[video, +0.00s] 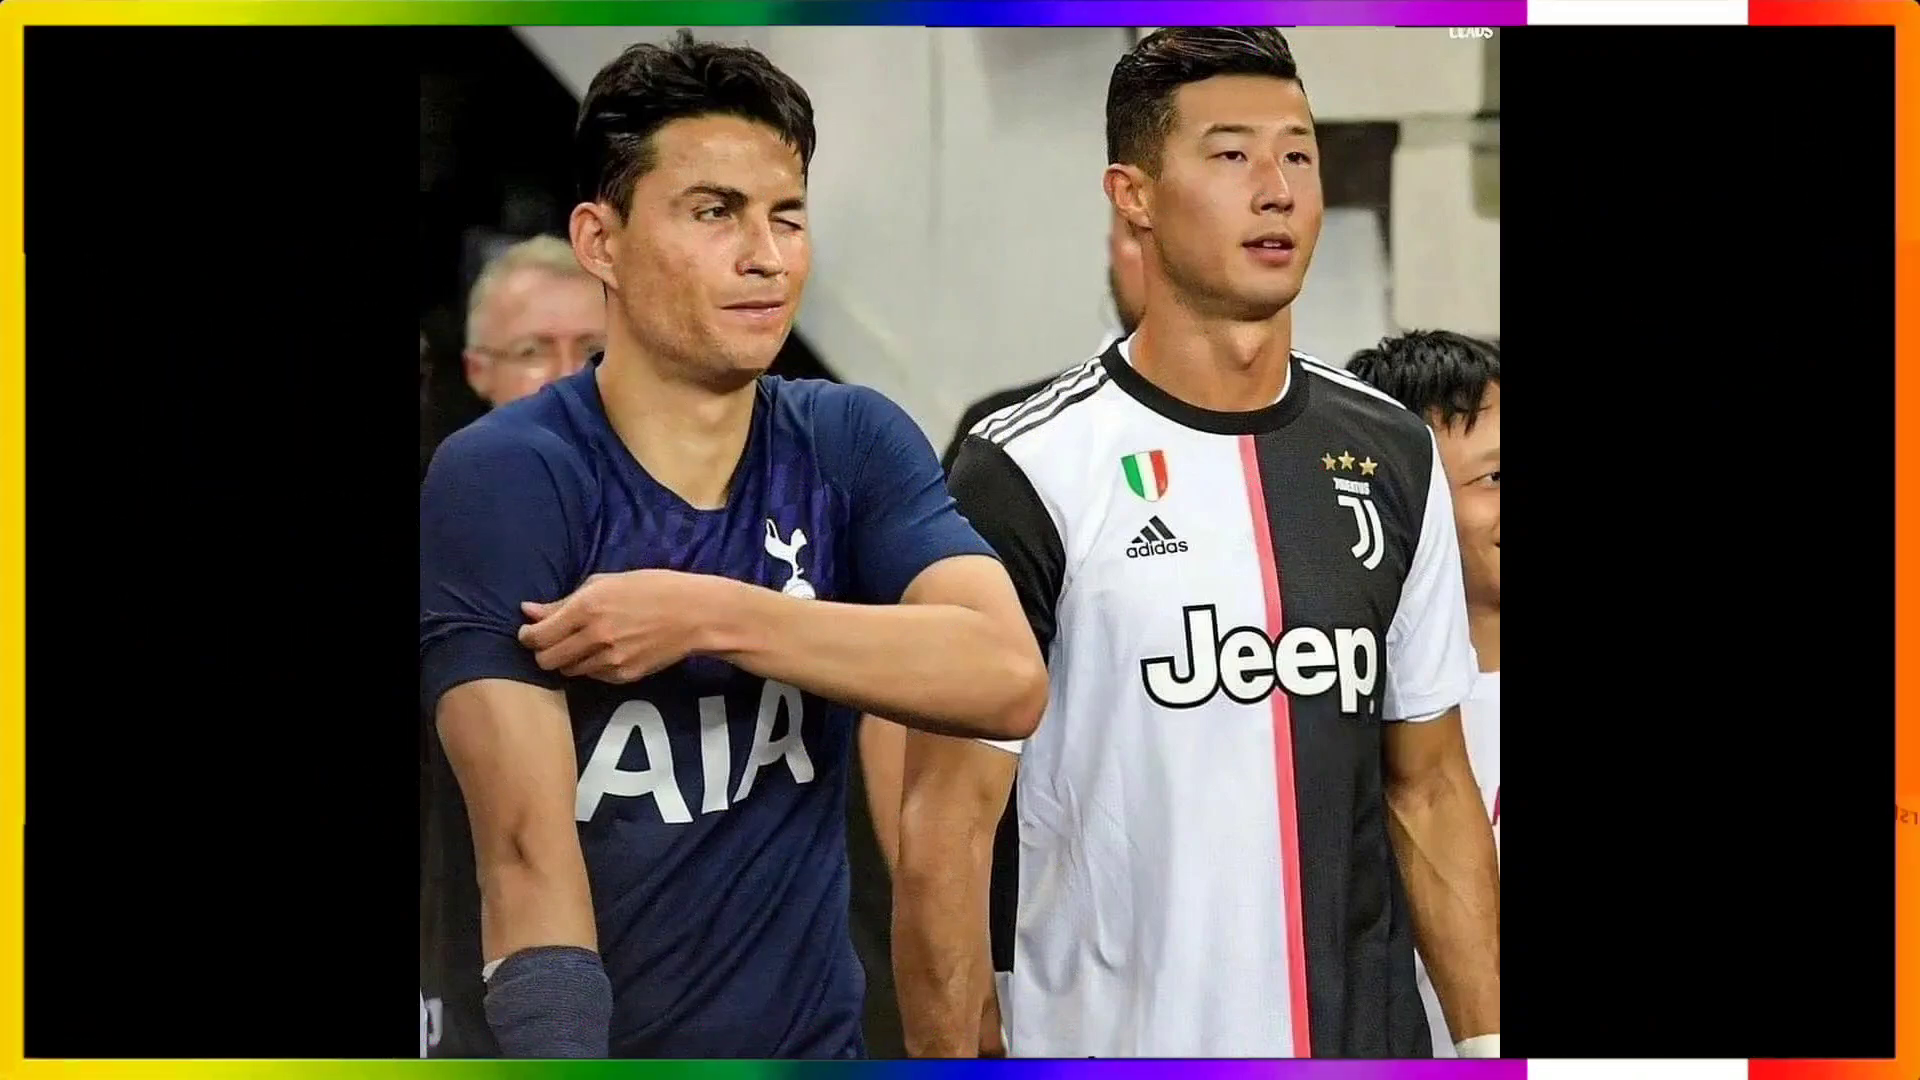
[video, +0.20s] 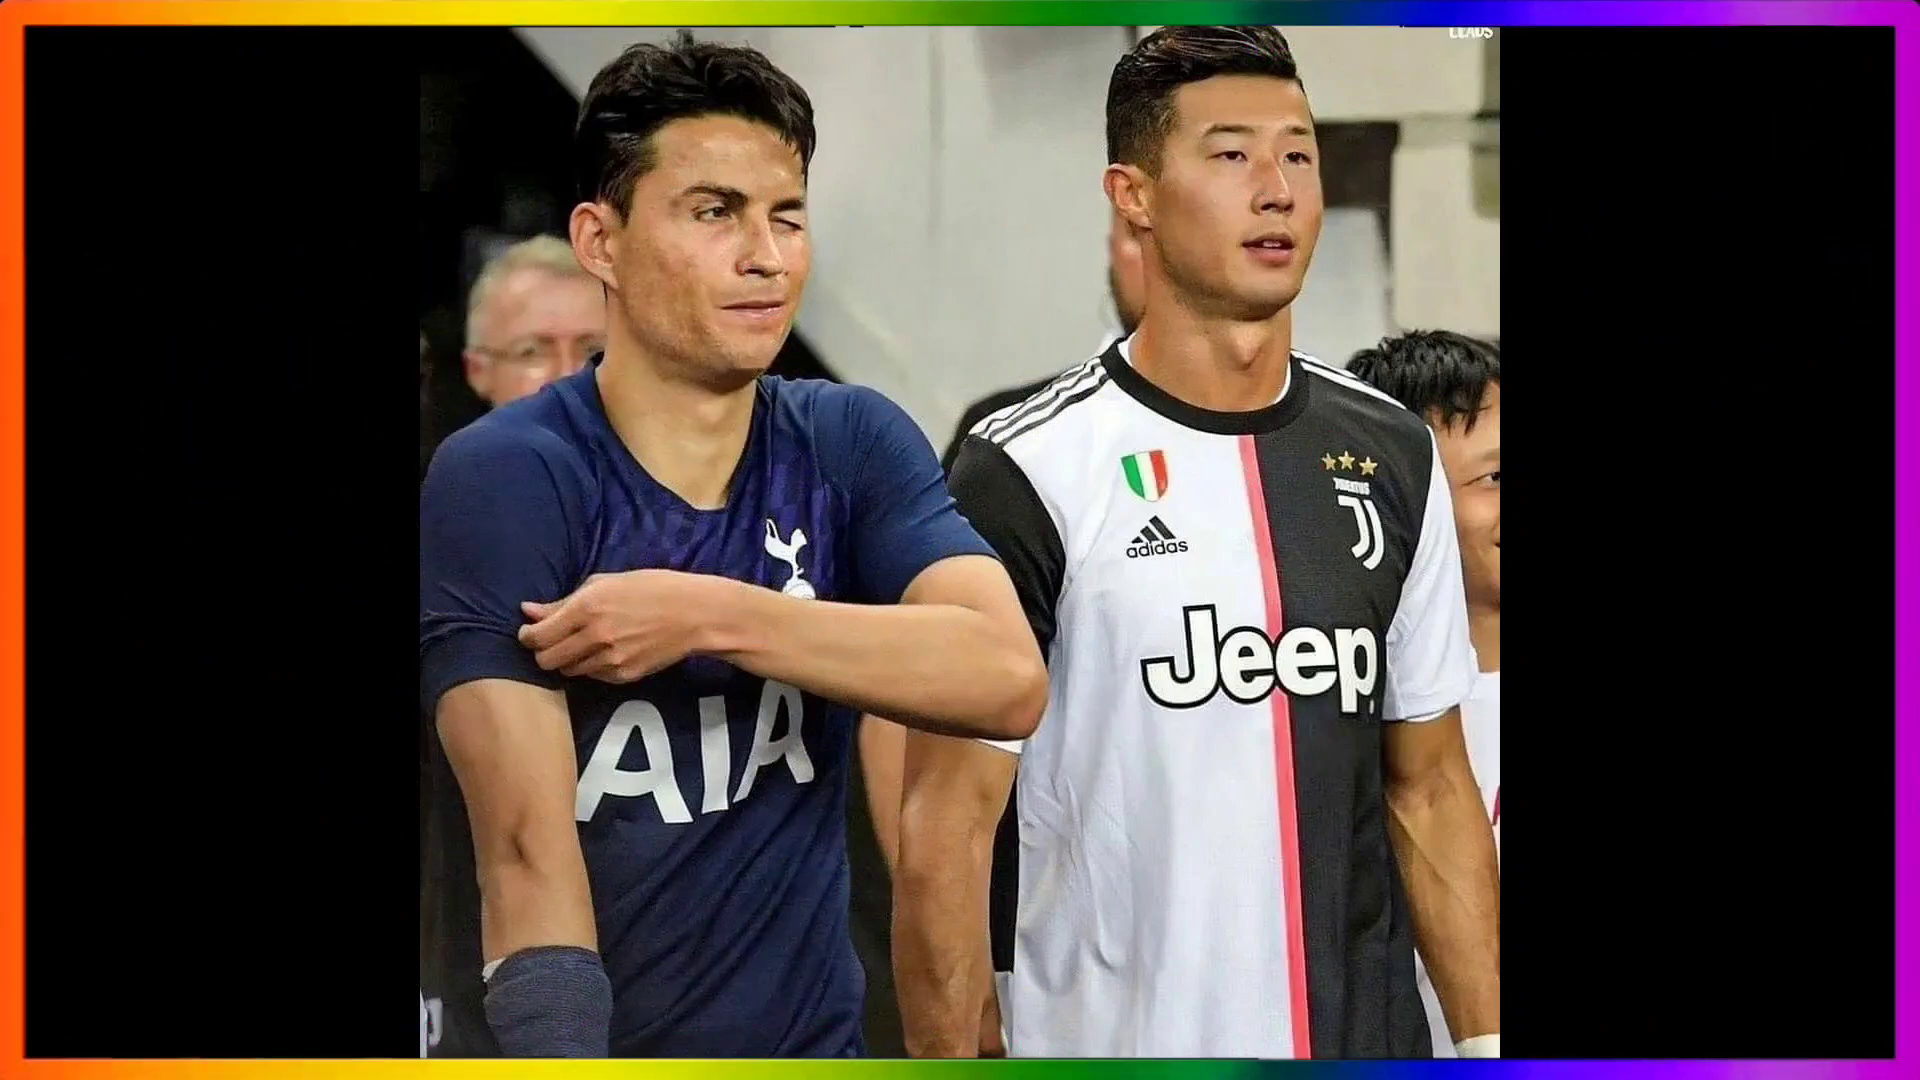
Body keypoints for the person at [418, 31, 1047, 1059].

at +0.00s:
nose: (766, 257)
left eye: (785, 218)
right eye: (712, 212)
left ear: (809, 237)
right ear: (601, 241)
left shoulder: (856, 439)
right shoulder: (499, 476)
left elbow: (1009, 681)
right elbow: (525, 851)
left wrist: (714, 613)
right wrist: (561, 1058)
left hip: (812, 1042)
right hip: (594, 1036)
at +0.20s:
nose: (766, 257)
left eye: (786, 218)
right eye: (712, 212)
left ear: (809, 237)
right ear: (601, 241)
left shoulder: (856, 439)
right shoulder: (499, 477)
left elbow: (1009, 680)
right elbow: (525, 851)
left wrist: (713, 613)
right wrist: (560, 1059)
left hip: (810, 1041)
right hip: (598, 1036)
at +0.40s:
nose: (766, 257)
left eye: (785, 218)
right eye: (712, 213)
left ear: (809, 237)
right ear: (601, 241)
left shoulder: (856, 438)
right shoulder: (500, 475)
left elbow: (1009, 679)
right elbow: (525, 851)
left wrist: (713, 613)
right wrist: (559, 1059)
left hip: (810, 1040)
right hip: (599, 1036)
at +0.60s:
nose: (766, 258)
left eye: (787, 219)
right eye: (715, 212)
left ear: (811, 237)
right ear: (600, 241)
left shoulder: (864, 438)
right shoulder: (500, 476)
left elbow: (995, 662)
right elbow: (526, 852)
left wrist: (709, 620)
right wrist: (561, 1066)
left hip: (816, 1040)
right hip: (604, 1040)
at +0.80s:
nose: (766, 259)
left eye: (788, 220)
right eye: (714, 212)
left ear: (811, 238)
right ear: (600, 241)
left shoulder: (857, 453)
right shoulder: (492, 477)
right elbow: (524, 845)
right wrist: (560, 1053)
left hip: (841, 1030)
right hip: (614, 1034)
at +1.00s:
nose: (766, 257)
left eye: (787, 218)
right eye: (714, 211)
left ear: (809, 234)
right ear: (598, 239)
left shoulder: (830, 461)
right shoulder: (497, 478)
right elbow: (527, 856)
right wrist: (571, 1047)